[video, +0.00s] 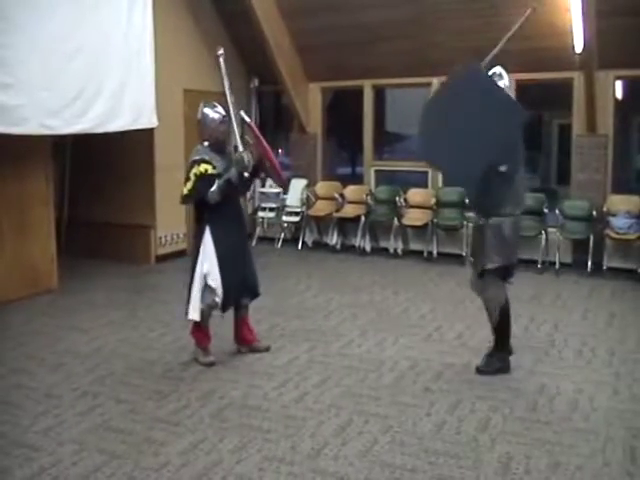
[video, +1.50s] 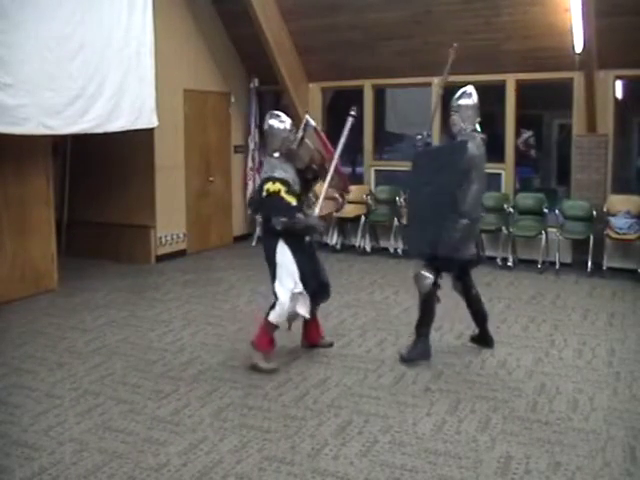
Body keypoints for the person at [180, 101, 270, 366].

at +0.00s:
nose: (226, 129)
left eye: (226, 123)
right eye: (220, 124)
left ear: (227, 127)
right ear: (206, 129)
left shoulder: (228, 156)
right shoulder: (201, 162)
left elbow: (238, 189)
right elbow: (209, 195)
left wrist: (254, 169)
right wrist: (235, 171)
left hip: (235, 227)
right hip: (212, 229)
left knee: (243, 279)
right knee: (209, 282)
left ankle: (244, 334)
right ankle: (201, 342)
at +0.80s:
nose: (244, 141)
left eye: (244, 135)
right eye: (239, 136)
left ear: (245, 137)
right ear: (224, 140)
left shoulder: (250, 167)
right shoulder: (218, 174)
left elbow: (255, 196)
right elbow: (228, 212)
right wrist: (257, 202)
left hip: (251, 233)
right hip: (228, 238)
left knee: (274, 276)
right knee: (222, 287)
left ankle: (285, 324)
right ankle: (203, 338)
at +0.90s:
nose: (255, 147)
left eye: (255, 143)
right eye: (250, 143)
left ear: (256, 144)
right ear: (236, 147)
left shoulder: (263, 170)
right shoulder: (234, 179)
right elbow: (231, 214)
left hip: (263, 242)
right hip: (240, 245)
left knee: (286, 281)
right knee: (225, 293)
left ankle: (301, 326)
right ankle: (205, 341)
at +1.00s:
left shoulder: (286, 179)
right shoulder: (257, 180)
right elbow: (266, 220)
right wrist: (297, 221)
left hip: (281, 246)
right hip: (256, 247)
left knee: (303, 283)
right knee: (236, 293)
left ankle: (310, 333)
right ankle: (209, 344)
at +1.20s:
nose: (304, 150)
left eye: (304, 145)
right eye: (301, 145)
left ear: (273, 148)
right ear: (292, 149)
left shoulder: (270, 170)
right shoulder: (292, 180)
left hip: (269, 241)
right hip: (286, 243)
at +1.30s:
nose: (312, 153)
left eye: (314, 148)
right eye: (309, 148)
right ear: (298, 149)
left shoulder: (296, 170)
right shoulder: (282, 172)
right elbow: (290, 213)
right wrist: (319, 208)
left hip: (296, 235)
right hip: (280, 236)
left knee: (310, 284)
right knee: (281, 289)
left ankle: (311, 334)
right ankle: (243, 329)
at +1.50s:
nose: (310, 158)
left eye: (312, 154)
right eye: (306, 152)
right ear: (291, 150)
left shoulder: (293, 172)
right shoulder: (276, 176)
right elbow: (279, 216)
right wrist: (309, 223)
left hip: (297, 234)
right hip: (279, 237)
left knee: (313, 284)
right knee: (288, 289)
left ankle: (311, 333)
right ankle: (261, 343)